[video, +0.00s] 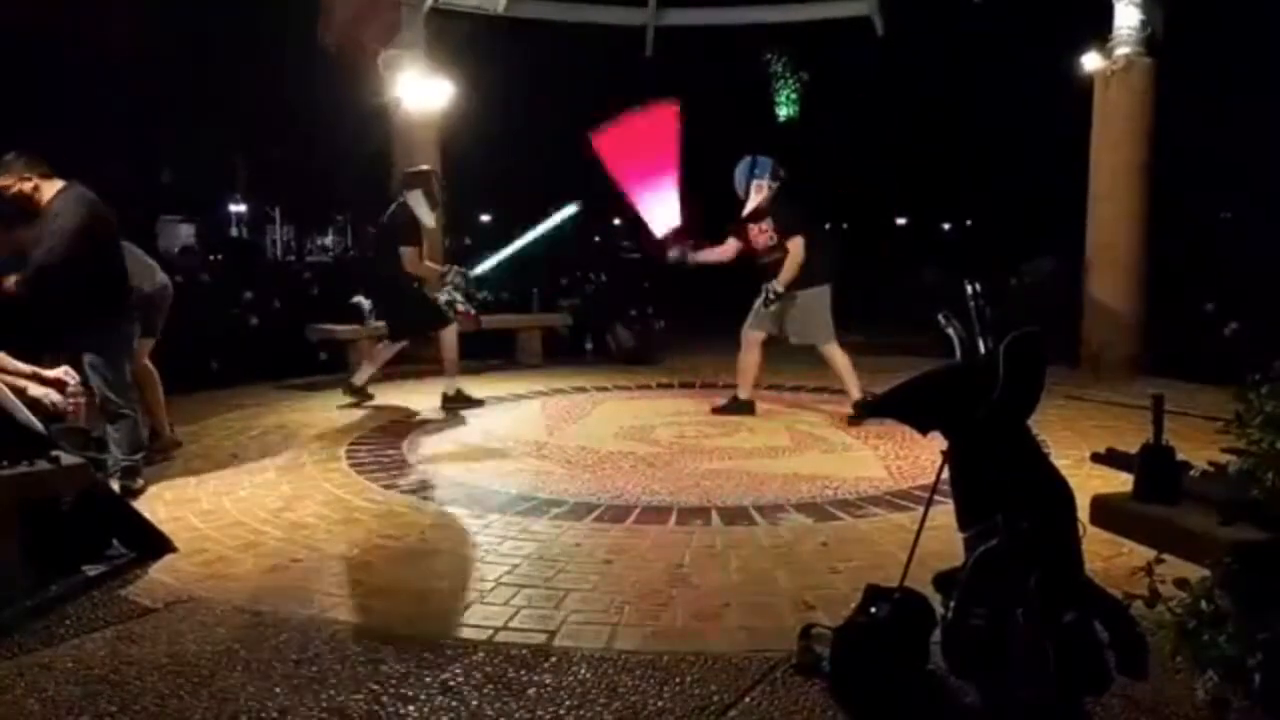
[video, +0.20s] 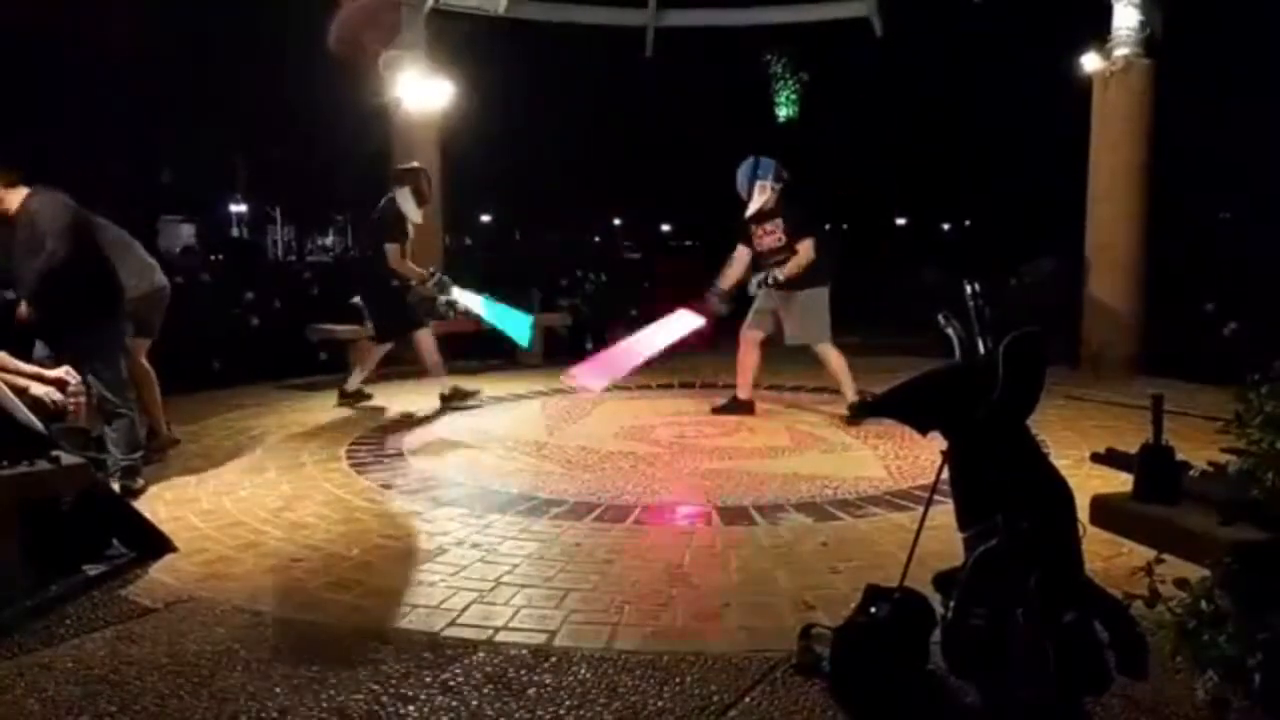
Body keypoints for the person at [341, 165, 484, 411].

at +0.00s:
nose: (439, 192)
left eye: (438, 186)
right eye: (435, 186)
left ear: (412, 189)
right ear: (422, 189)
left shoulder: (400, 213)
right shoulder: (406, 215)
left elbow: (413, 261)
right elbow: (411, 264)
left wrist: (442, 271)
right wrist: (443, 274)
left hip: (387, 288)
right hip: (398, 289)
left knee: (401, 335)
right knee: (447, 324)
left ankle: (356, 382)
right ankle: (452, 390)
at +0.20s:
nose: (428, 191)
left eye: (428, 184)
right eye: (425, 184)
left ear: (405, 185)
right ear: (415, 185)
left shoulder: (399, 209)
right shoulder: (393, 211)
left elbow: (400, 260)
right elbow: (395, 261)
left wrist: (424, 277)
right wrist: (427, 276)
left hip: (379, 281)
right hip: (384, 282)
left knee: (387, 337)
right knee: (420, 327)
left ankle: (351, 387)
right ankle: (445, 387)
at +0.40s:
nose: (425, 183)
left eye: (424, 177)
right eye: (422, 177)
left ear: (403, 177)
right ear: (410, 177)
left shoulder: (395, 203)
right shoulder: (388, 204)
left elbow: (394, 250)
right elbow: (388, 253)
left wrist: (414, 273)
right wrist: (413, 275)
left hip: (373, 275)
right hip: (375, 276)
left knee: (370, 332)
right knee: (405, 325)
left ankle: (347, 387)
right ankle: (403, 390)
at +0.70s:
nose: (428, 185)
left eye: (428, 179)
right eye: (425, 179)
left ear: (405, 180)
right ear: (413, 180)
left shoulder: (392, 203)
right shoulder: (395, 206)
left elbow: (406, 251)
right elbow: (406, 251)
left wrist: (436, 263)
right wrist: (438, 261)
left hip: (377, 279)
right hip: (387, 280)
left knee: (381, 333)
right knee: (426, 325)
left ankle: (349, 387)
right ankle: (433, 386)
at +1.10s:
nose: (429, 190)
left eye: (428, 184)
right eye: (426, 184)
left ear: (404, 183)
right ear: (415, 184)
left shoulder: (389, 207)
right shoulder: (398, 209)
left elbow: (415, 255)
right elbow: (417, 254)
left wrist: (450, 269)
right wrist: (453, 268)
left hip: (375, 279)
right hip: (388, 280)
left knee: (377, 333)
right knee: (427, 325)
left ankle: (340, 382)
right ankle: (434, 386)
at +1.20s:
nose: (422, 190)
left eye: (422, 184)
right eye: (419, 184)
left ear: (396, 183)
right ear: (408, 184)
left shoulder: (381, 205)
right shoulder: (393, 209)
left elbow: (407, 253)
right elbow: (409, 255)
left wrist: (438, 270)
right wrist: (440, 272)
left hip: (372, 279)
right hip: (385, 281)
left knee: (367, 333)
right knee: (416, 326)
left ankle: (337, 385)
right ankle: (431, 387)